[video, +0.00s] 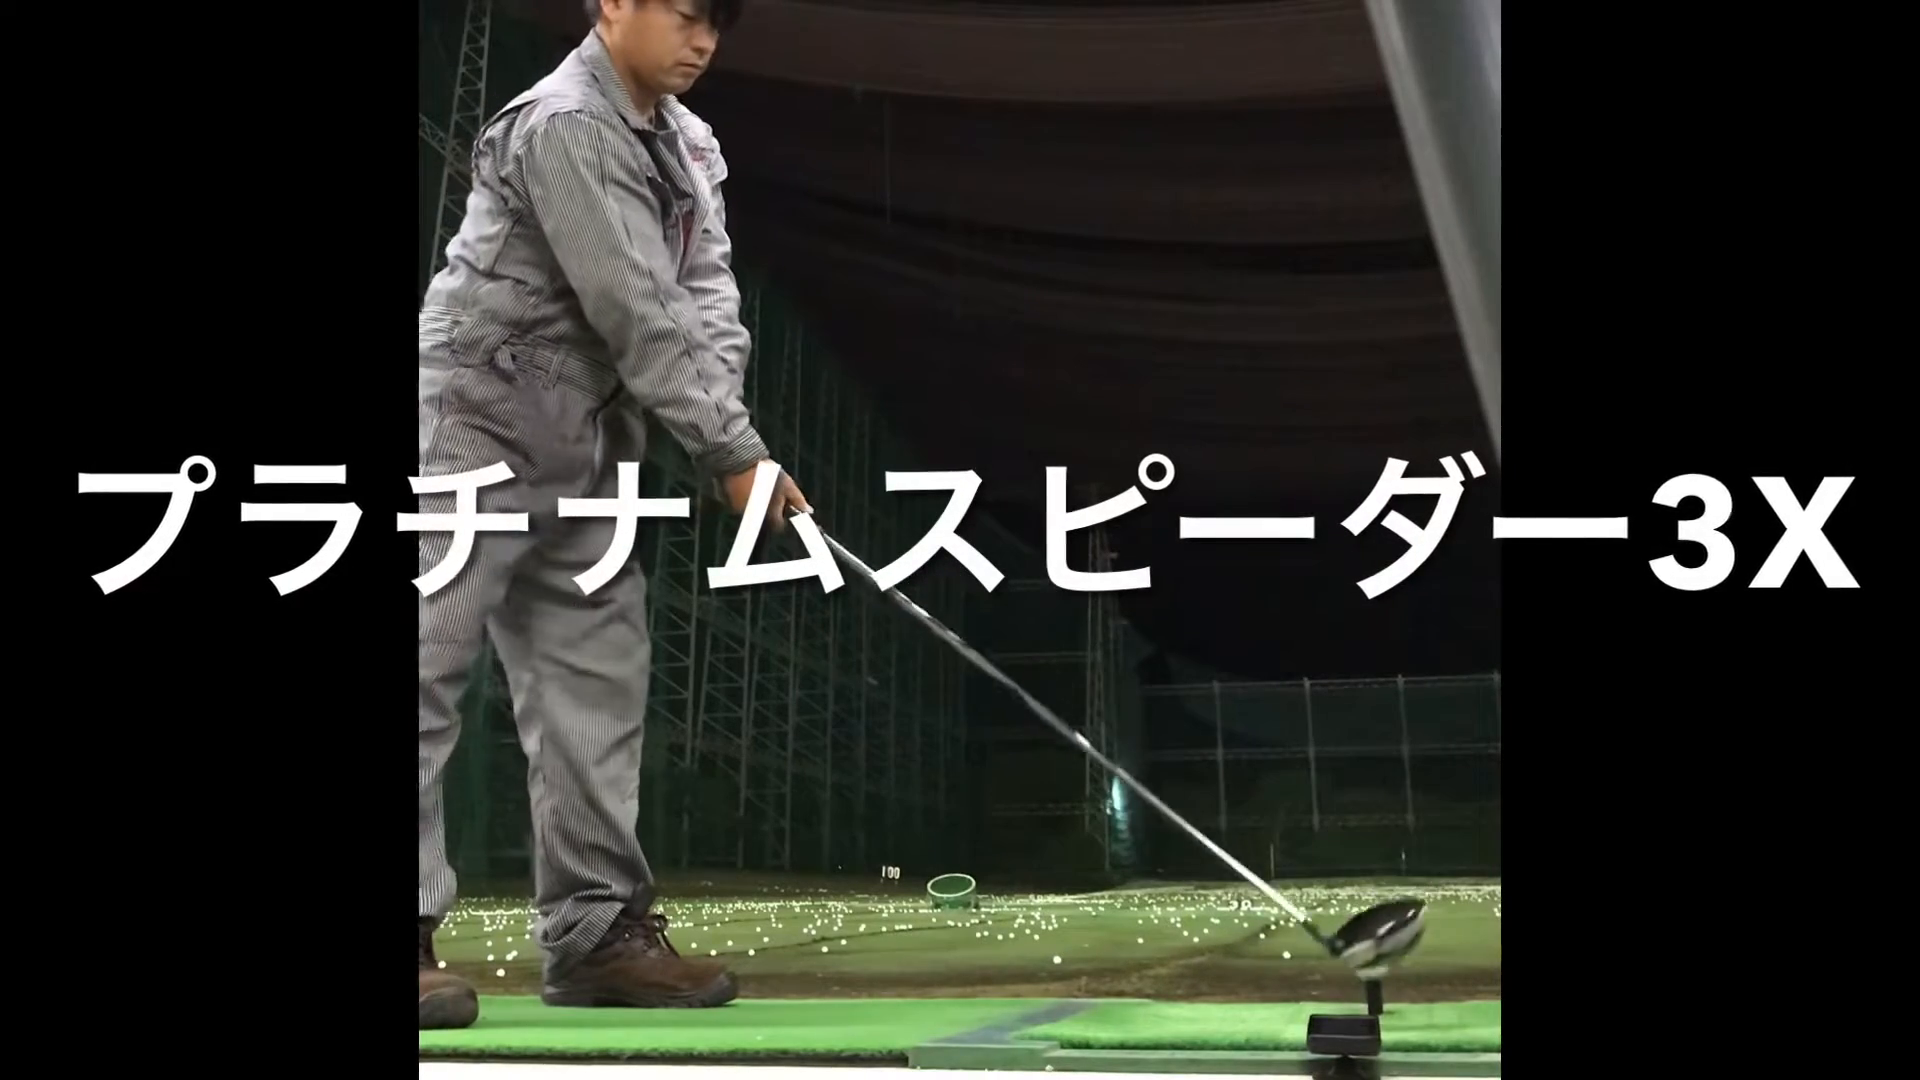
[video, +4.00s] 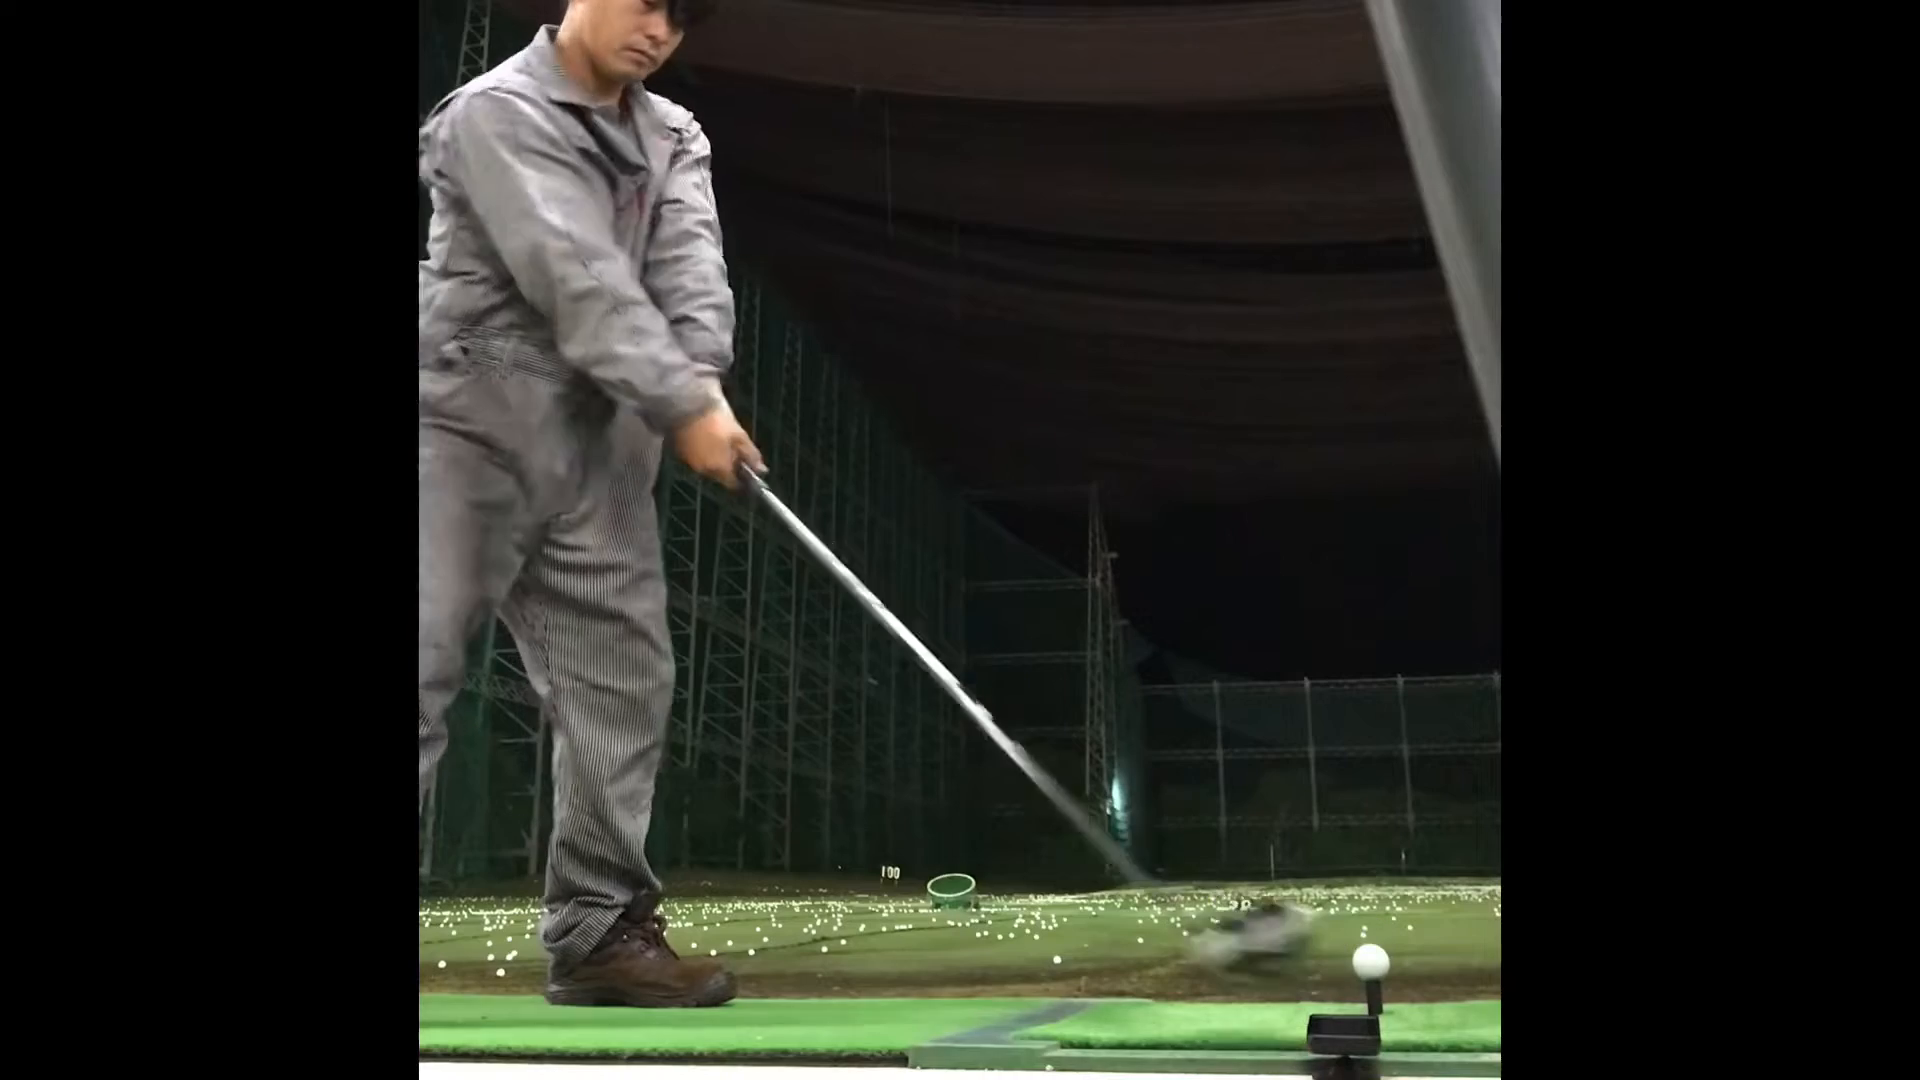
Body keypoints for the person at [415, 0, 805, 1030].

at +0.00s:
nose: (704, 40)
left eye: (713, 22)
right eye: (682, 16)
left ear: (713, 34)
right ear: (611, 10)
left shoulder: (693, 141)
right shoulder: (563, 123)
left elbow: (712, 299)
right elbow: (635, 309)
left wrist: (718, 434)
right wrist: (735, 453)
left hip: (586, 448)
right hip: (469, 432)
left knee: (593, 685)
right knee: (430, 687)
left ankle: (594, 936)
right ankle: (417, 946)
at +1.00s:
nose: (702, 20)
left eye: (704, 4)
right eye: (683, 0)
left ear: (670, 16)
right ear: (605, 2)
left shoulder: (676, 121)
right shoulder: (554, 113)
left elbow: (708, 277)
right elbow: (637, 295)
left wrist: (730, 419)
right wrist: (743, 434)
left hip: (591, 448)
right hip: (480, 436)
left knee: (602, 682)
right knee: (430, 683)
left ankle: (598, 935)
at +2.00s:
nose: (698, 56)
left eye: (710, 38)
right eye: (680, 30)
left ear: (714, 41)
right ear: (610, 12)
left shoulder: (685, 141)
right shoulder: (556, 121)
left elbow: (712, 288)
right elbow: (635, 298)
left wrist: (730, 420)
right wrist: (744, 434)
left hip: (587, 461)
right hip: (478, 443)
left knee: (605, 685)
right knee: (425, 685)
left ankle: (599, 937)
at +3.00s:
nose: (671, 19)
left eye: (679, 4)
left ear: (677, 18)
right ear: (581, 2)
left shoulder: (658, 120)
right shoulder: (543, 107)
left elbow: (698, 267)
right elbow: (627, 284)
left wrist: (724, 401)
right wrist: (732, 422)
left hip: (591, 434)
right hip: (484, 426)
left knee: (601, 667)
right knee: (434, 672)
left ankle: (599, 934)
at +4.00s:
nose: (659, 28)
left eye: (672, 15)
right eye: (642, 4)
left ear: (674, 34)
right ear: (578, 3)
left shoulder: (675, 133)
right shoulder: (498, 111)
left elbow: (692, 264)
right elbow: (574, 277)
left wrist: (695, 385)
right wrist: (684, 405)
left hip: (602, 447)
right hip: (465, 433)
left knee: (621, 677)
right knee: (428, 679)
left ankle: (598, 936)